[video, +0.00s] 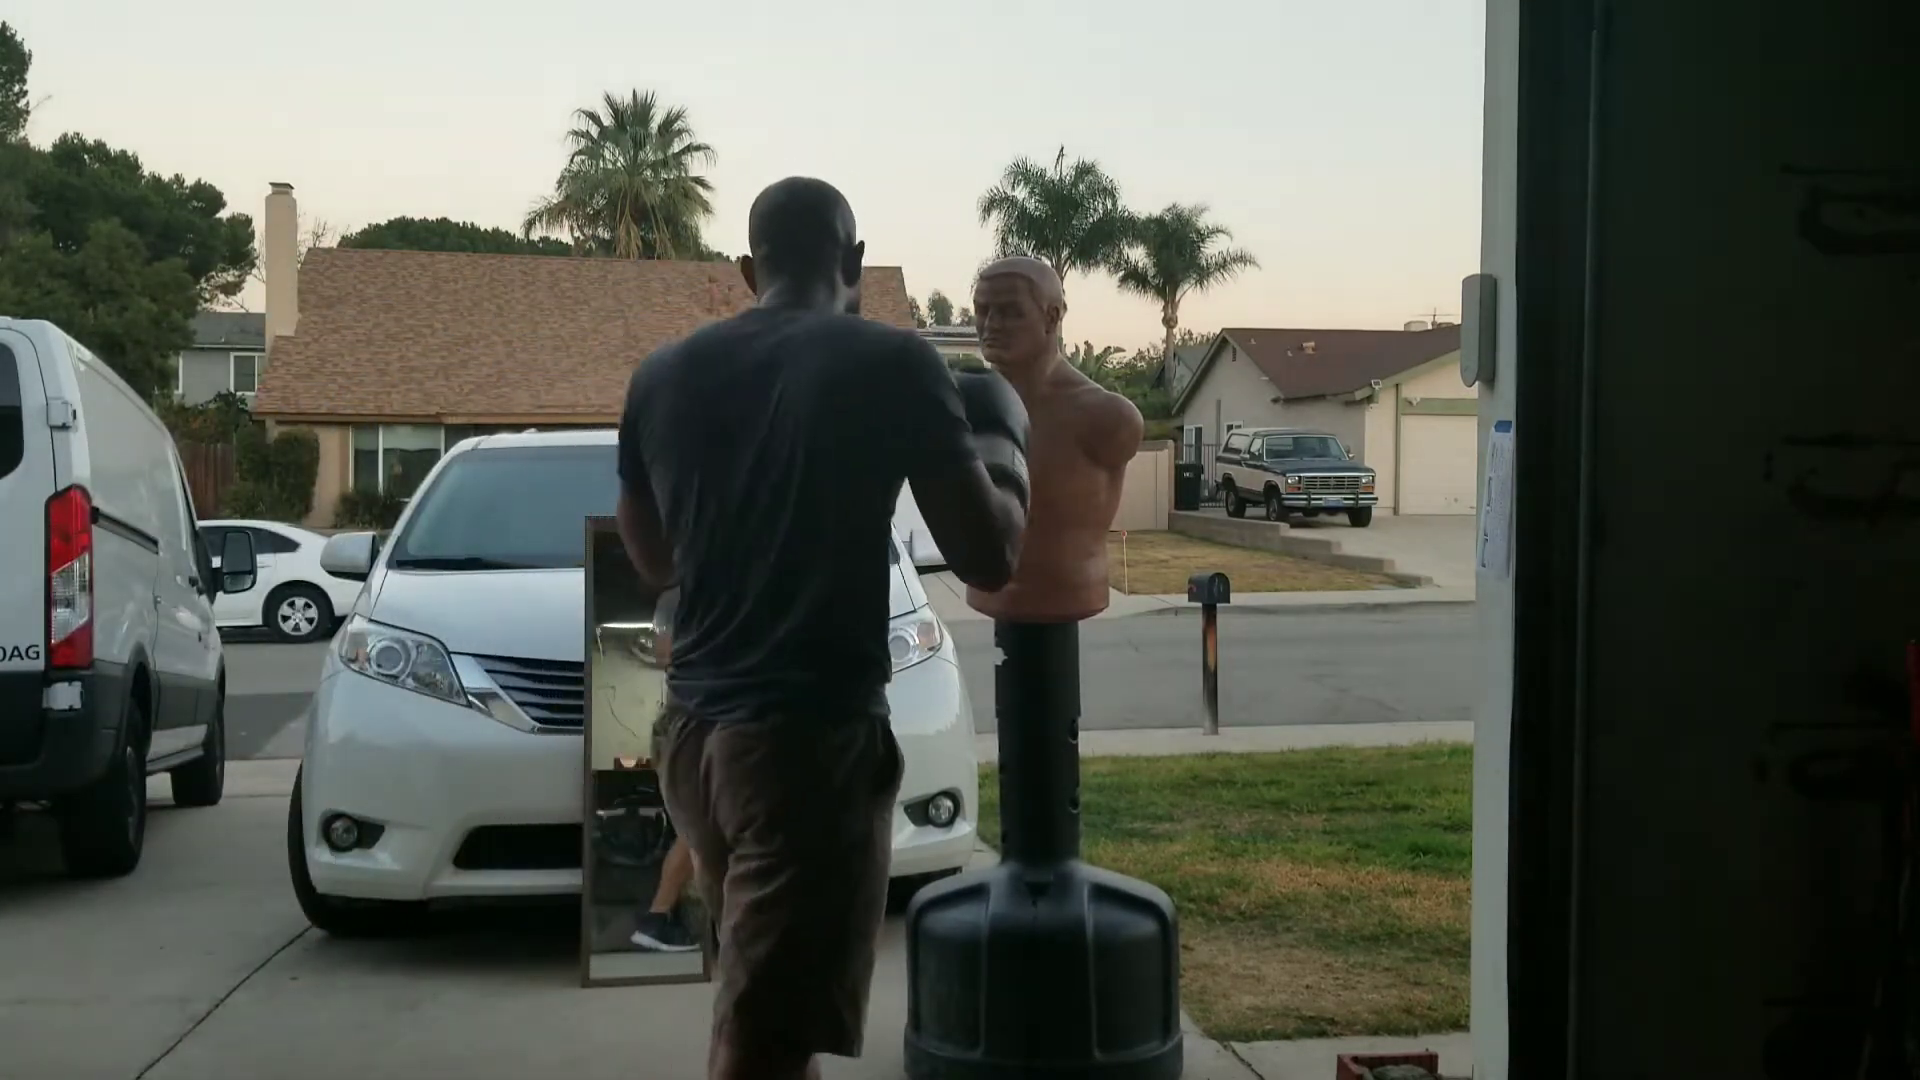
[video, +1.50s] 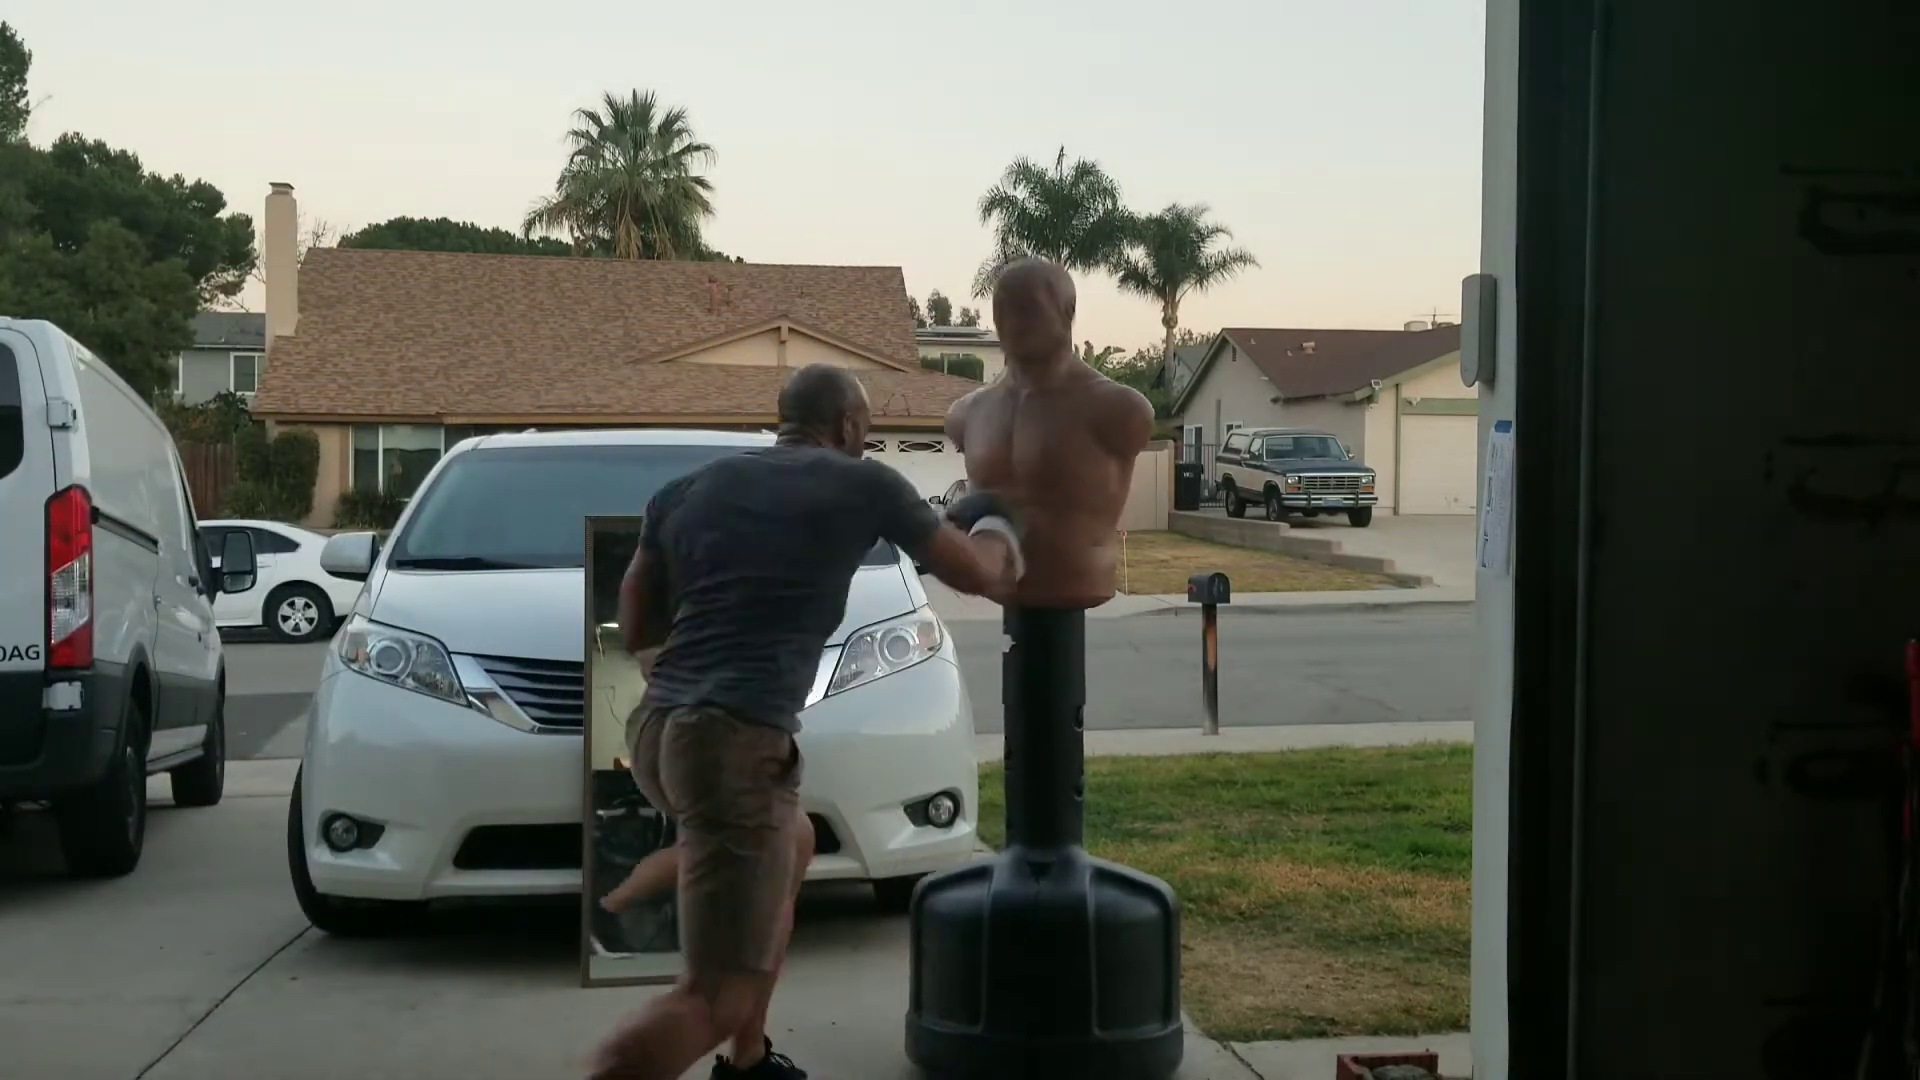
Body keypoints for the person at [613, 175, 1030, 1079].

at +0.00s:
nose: (861, 275)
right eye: (862, 262)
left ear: (748, 269)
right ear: (855, 260)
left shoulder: (662, 373)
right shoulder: (892, 359)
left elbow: (655, 566)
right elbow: (987, 556)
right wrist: (1001, 439)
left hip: (691, 738)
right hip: (810, 747)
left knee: (762, 1000)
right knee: (762, 1033)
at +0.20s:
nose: (922, 277)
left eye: (916, 266)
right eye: (921, 264)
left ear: (814, 265)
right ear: (913, 260)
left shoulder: (719, 362)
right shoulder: (915, 343)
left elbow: (704, 542)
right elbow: (979, 542)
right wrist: (985, 429)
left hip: (728, 705)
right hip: (837, 702)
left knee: (796, 978)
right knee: (856, 1015)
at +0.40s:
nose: (1025, 368)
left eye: (1026, 346)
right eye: (1025, 345)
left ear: (918, 331)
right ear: (1005, 347)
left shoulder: (828, 405)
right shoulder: (957, 416)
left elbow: (733, 552)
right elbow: (1002, 613)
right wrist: (1032, 493)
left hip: (712, 736)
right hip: (804, 744)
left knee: (837, 988)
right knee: (956, 1034)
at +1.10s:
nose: (938, 383)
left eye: (936, 369)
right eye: (937, 368)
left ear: (848, 356)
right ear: (920, 365)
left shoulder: (771, 419)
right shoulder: (892, 436)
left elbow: (722, 501)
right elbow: (963, 593)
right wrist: (990, 473)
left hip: (744, 715)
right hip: (772, 732)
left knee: (870, 853)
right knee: (863, 995)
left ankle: (768, 1053)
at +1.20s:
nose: (930, 401)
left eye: (930, 386)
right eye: (928, 385)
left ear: (852, 378)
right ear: (906, 390)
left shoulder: (818, 438)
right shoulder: (826, 455)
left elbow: (846, 569)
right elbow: (837, 598)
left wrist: (910, 554)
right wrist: (921, 576)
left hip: (734, 724)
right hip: (754, 732)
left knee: (793, 935)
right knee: (853, 980)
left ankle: (749, 1060)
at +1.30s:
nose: (897, 423)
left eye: (898, 411)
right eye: (896, 411)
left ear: (812, 403)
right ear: (878, 412)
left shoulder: (752, 452)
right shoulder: (838, 478)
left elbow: (883, 426)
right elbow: (914, 603)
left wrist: (945, 395)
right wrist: (952, 532)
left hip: (688, 734)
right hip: (762, 743)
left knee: (776, 896)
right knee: (817, 996)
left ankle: (770, 1055)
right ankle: (741, 1068)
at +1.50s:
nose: (868, 443)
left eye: (869, 433)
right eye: (866, 432)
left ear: (781, 426)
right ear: (848, 427)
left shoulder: (688, 490)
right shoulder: (863, 483)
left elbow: (638, 633)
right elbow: (985, 574)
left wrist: (717, 588)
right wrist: (996, 526)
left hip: (655, 737)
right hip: (735, 743)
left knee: (791, 842)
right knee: (721, 1000)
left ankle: (744, 1053)